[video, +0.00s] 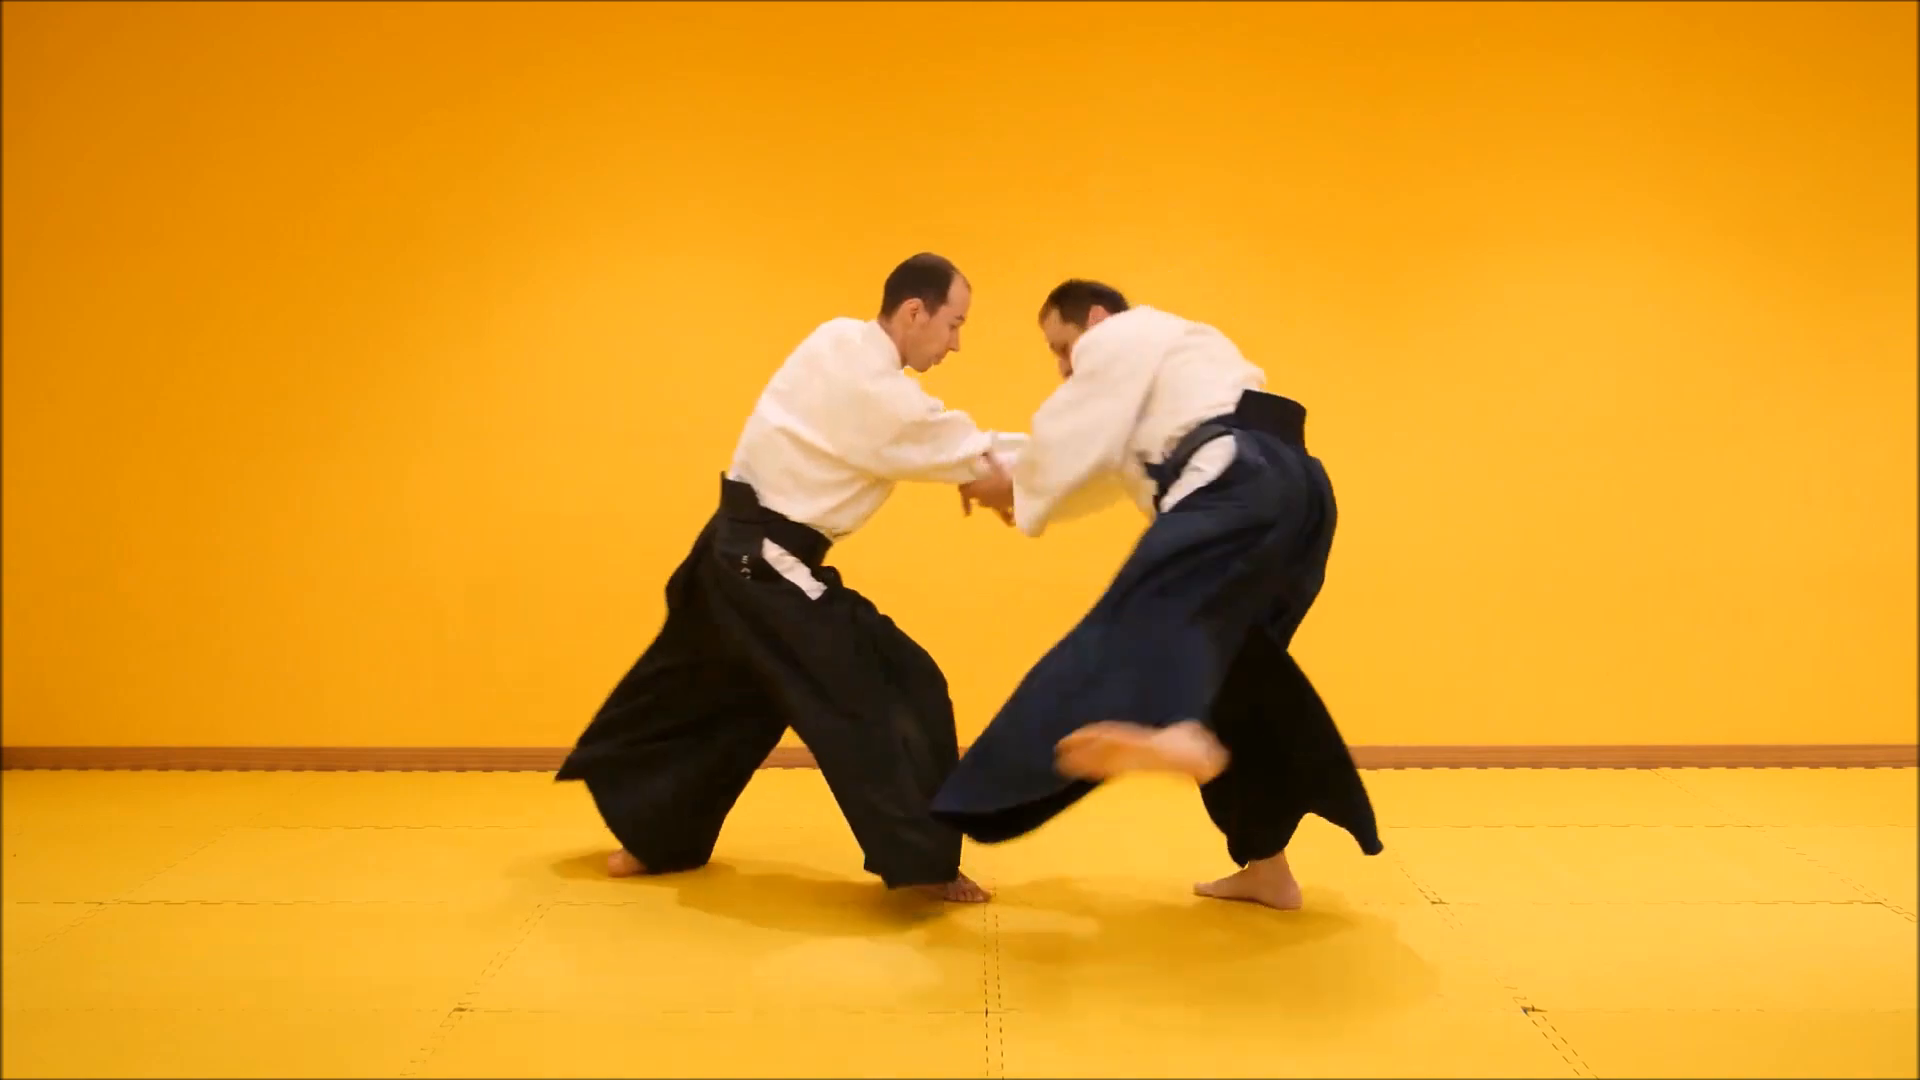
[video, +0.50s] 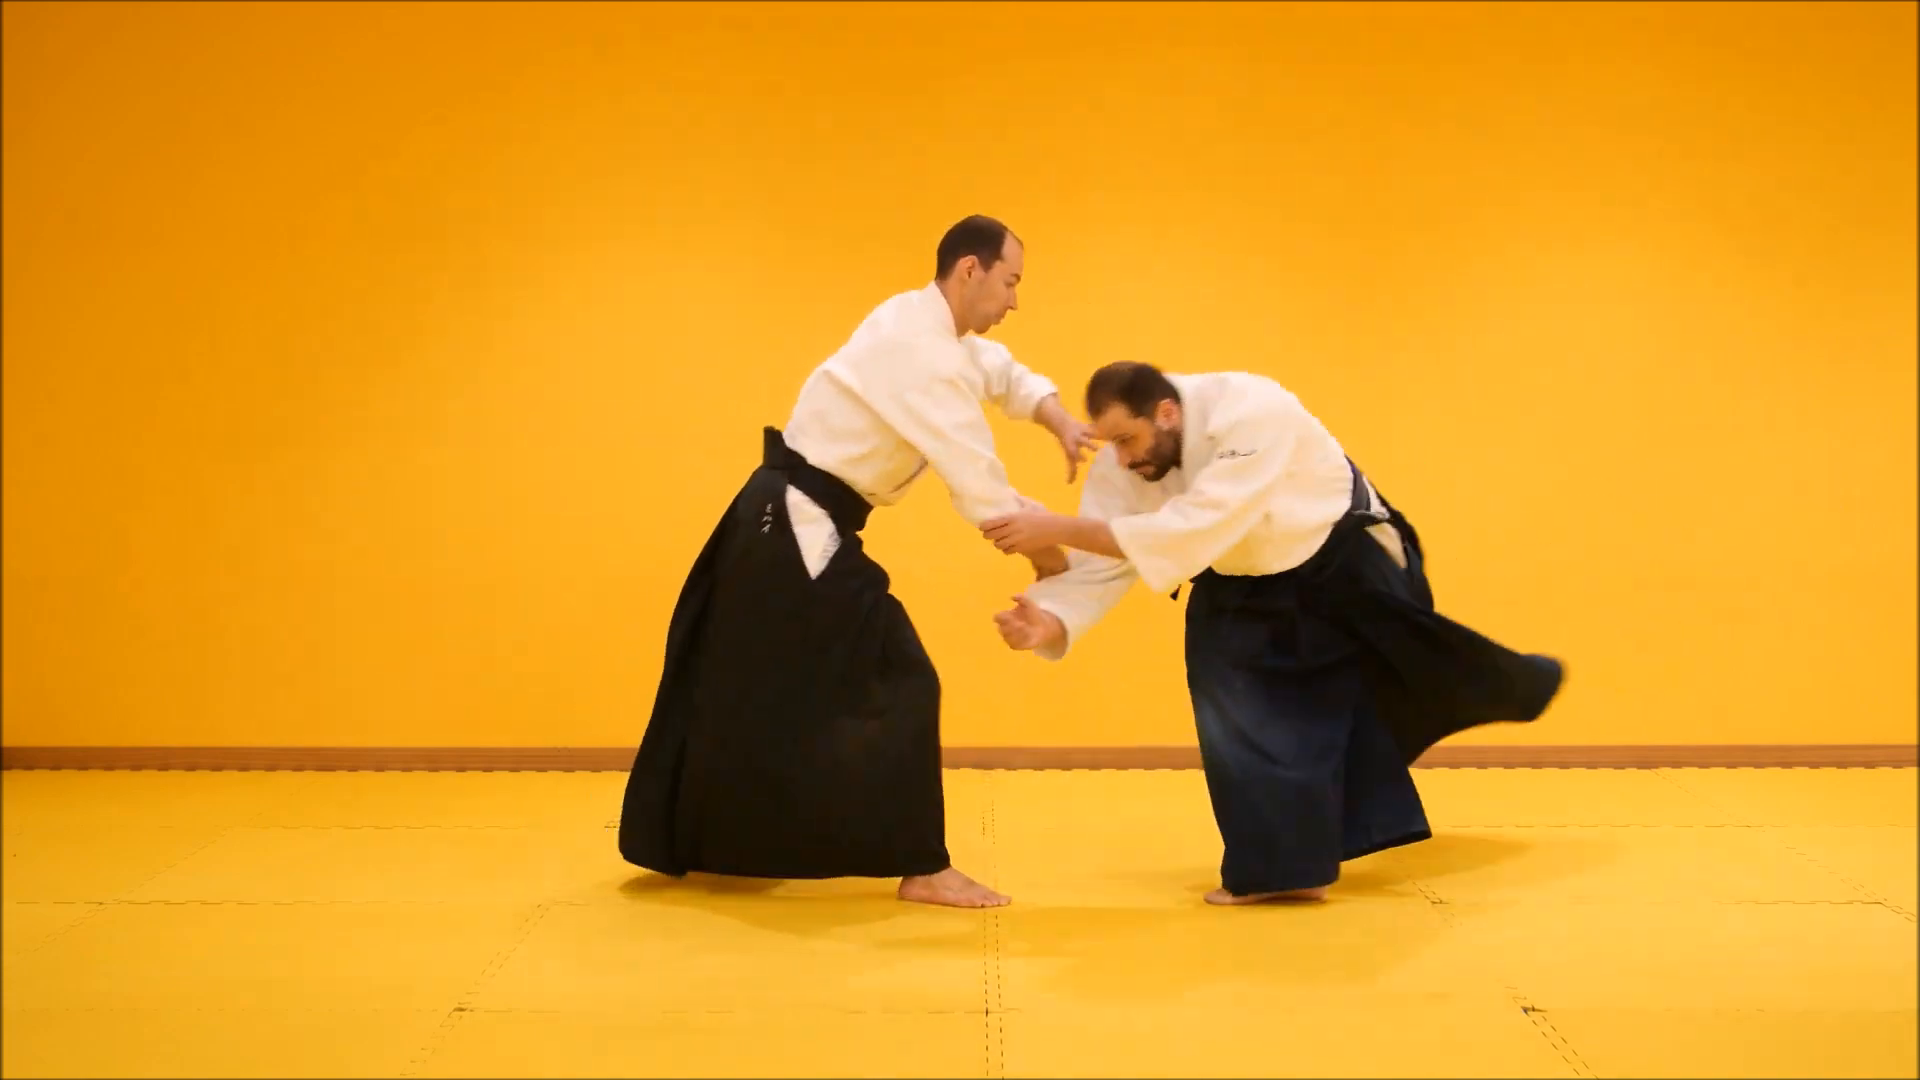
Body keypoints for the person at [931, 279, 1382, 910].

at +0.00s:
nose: (1062, 365)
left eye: (1061, 346)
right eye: (1056, 353)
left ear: (1097, 316)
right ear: (1112, 313)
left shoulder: (1120, 336)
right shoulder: (1175, 339)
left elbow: (1069, 438)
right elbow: (1112, 470)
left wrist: (1013, 485)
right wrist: (1017, 489)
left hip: (1242, 471)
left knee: (1156, 600)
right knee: (1234, 664)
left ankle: (1178, 724)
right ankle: (1266, 865)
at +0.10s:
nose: (1047, 436)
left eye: (1044, 418)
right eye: (1037, 428)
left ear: (1074, 379)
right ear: (1072, 398)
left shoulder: (1123, 382)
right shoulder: (1114, 436)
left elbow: (1077, 491)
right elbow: (1062, 535)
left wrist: (1002, 515)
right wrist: (967, 540)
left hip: (1268, 476)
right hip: (1238, 538)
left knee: (1305, 544)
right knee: (1228, 682)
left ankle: (1464, 565)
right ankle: (1262, 863)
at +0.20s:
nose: (1034, 487)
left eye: (1028, 467)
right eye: (1024, 478)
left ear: (1050, 429)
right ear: (1041, 454)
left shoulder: (1115, 424)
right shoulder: (1096, 468)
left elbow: (1058, 564)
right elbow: (1043, 585)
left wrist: (960, 556)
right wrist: (958, 563)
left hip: (1314, 505)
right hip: (1263, 560)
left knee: (1476, 526)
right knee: (1232, 685)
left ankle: (1687, 485)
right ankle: (1278, 863)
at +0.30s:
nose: (1044, 508)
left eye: (1036, 491)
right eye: (1029, 504)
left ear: (1053, 449)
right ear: (1033, 481)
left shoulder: (1125, 437)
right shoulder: (1099, 485)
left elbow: (1083, 577)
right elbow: (1075, 592)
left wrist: (988, 595)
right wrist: (983, 603)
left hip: (1337, 504)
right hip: (1276, 566)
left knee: (1514, 554)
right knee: (1221, 675)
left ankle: (1717, 536)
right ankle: (1285, 860)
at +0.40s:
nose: (1065, 505)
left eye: (1062, 484)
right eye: (1052, 496)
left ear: (1085, 444)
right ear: (1055, 476)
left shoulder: (1172, 432)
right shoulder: (1105, 489)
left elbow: (1130, 555)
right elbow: (1091, 589)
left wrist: (1032, 577)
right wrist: (1001, 625)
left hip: (1338, 510)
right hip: (1254, 569)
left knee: (1478, 597)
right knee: (1231, 703)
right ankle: (1279, 866)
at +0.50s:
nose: (1115, 458)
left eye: (1122, 442)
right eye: (1106, 447)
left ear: (1165, 416)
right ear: (1099, 438)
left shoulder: (1256, 418)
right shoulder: (1116, 466)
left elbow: (1189, 528)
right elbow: (1097, 558)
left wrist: (1063, 532)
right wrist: (1046, 618)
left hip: (1334, 555)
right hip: (1234, 578)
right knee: (1236, 716)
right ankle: (1275, 867)